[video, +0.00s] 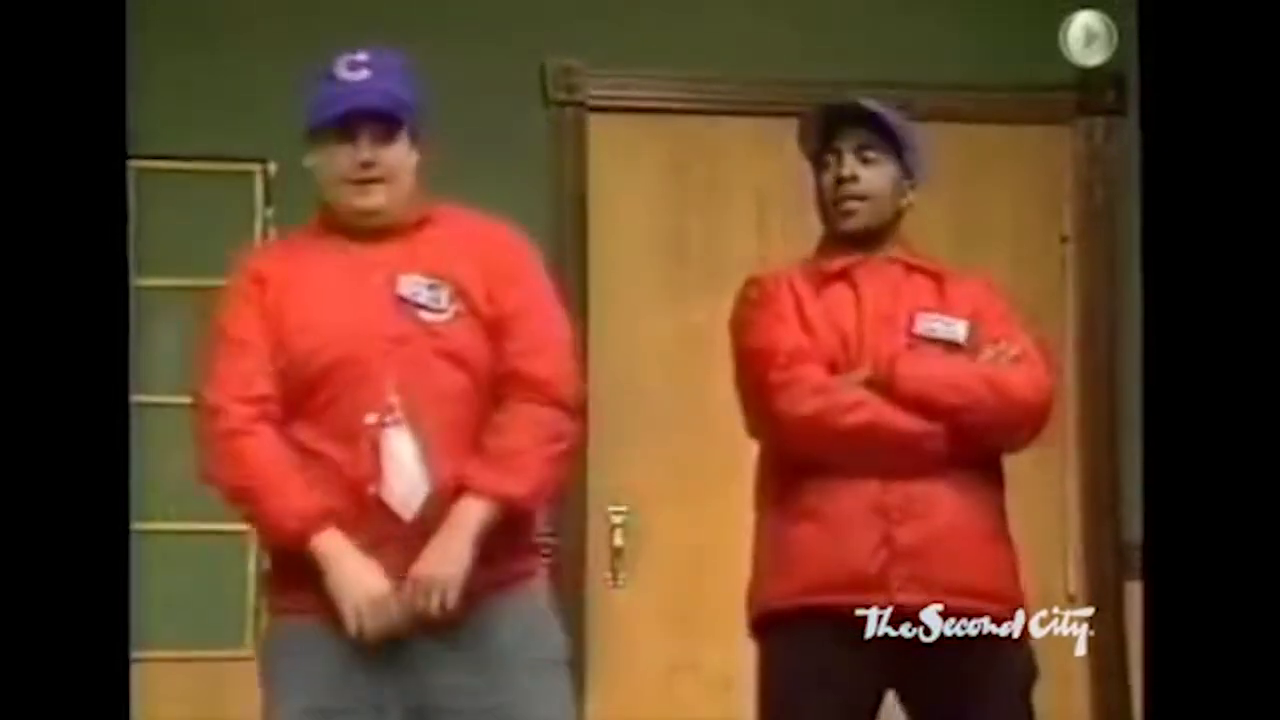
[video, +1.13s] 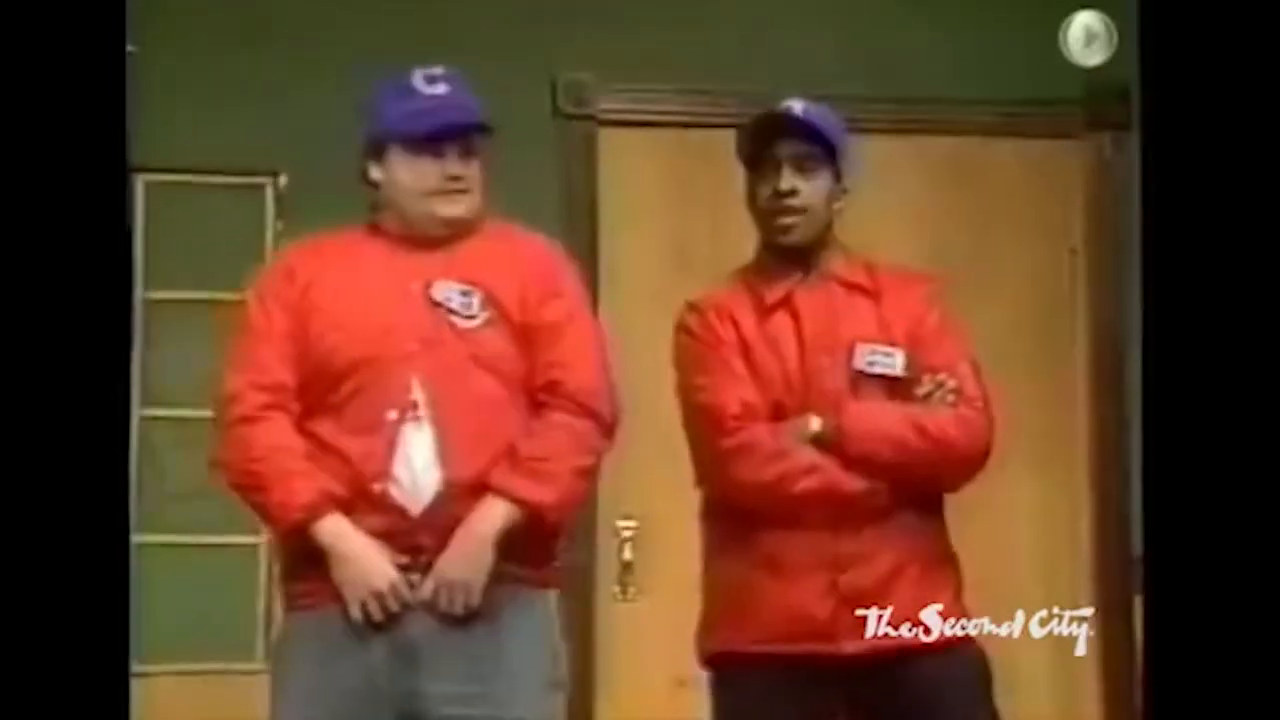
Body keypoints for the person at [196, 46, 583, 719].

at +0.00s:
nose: (364, 155)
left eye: (384, 135)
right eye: (342, 138)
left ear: (416, 148)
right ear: (313, 154)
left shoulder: (493, 252)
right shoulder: (268, 274)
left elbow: (546, 400)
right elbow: (234, 429)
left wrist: (464, 525)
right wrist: (332, 550)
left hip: (493, 612)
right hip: (325, 618)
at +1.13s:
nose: (455, 167)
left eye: (467, 148)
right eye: (428, 150)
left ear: (485, 161)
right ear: (376, 169)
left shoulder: (534, 265)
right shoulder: (302, 273)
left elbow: (580, 411)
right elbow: (252, 423)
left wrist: (485, 527)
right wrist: (340, 540)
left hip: (497, 612)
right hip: (337, 614)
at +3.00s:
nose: (461, 222)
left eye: (485, 208)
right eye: (446, 201)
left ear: (521, 227)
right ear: (423, 212)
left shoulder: (587, 314)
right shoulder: (364, 322)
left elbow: (645, 459)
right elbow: (323, 475)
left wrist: (569, 571)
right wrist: (426, 578)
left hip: (565, 627)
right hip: (409, 627)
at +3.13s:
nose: (472, 212)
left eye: (495, 197)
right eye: (456, 192)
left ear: (532, 215)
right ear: (432, 203)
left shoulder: (595, 308)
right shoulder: (371, 312)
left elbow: (649, 454)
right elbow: (330, 461)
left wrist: (570, 562)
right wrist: (430, 565)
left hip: (566, 628)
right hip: (410, 627)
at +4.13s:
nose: (554, 214)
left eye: (552, 198)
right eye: (531, 200)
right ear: (464, 212)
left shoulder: (595, 314)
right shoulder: (368, 303)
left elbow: (637, 467)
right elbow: (314, 452)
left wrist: (562, 579)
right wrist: (410, 562)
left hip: (550, 631)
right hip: (391, 631)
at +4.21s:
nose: (554, 213)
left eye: (554, 196)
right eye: (532, 199)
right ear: (467, 211)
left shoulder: (596, 314)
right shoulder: (370, 303)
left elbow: (640, 467)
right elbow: (318, 452)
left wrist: (566, 579)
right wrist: (416, 562)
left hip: (554, 631)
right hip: (396, 631)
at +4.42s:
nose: (554, 209)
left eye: (554, 192)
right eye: (531, 195)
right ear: (465, 209)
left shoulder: (595, 312)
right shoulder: (370, 303)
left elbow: (641, 463)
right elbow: (319, 452)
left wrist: (568, 578)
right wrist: (418, 561)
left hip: (553, 633)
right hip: (398, 632)